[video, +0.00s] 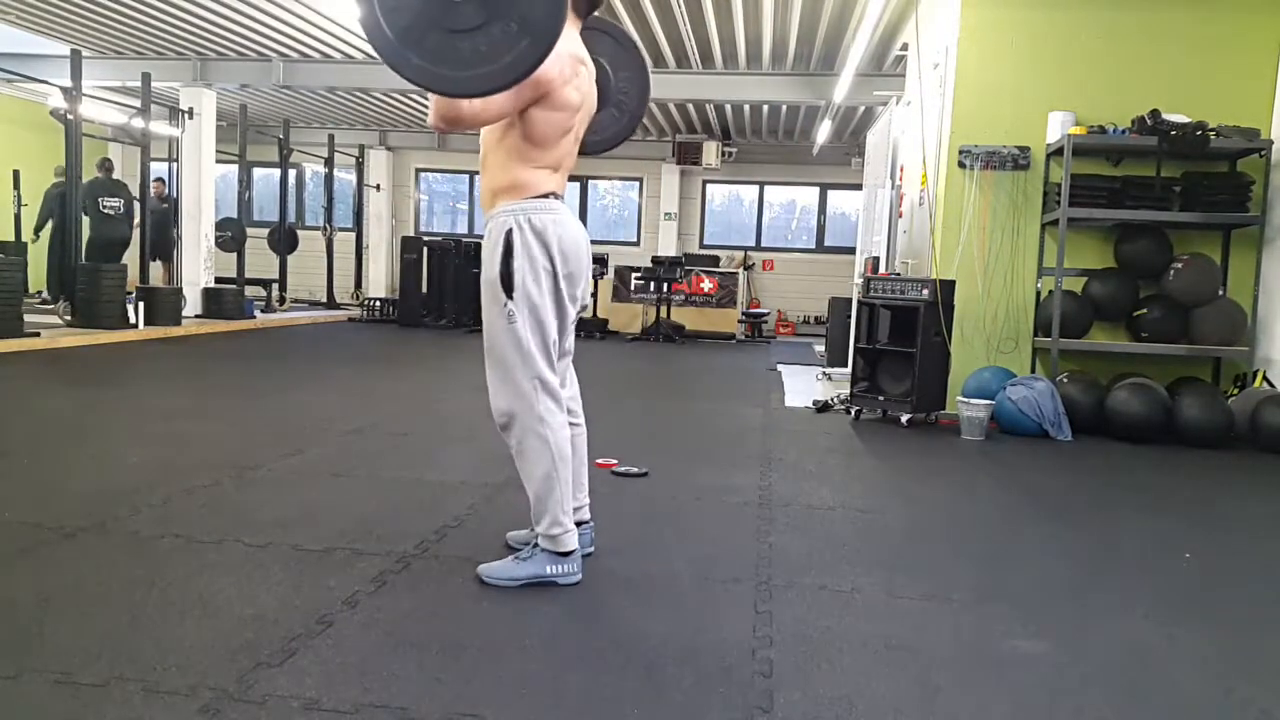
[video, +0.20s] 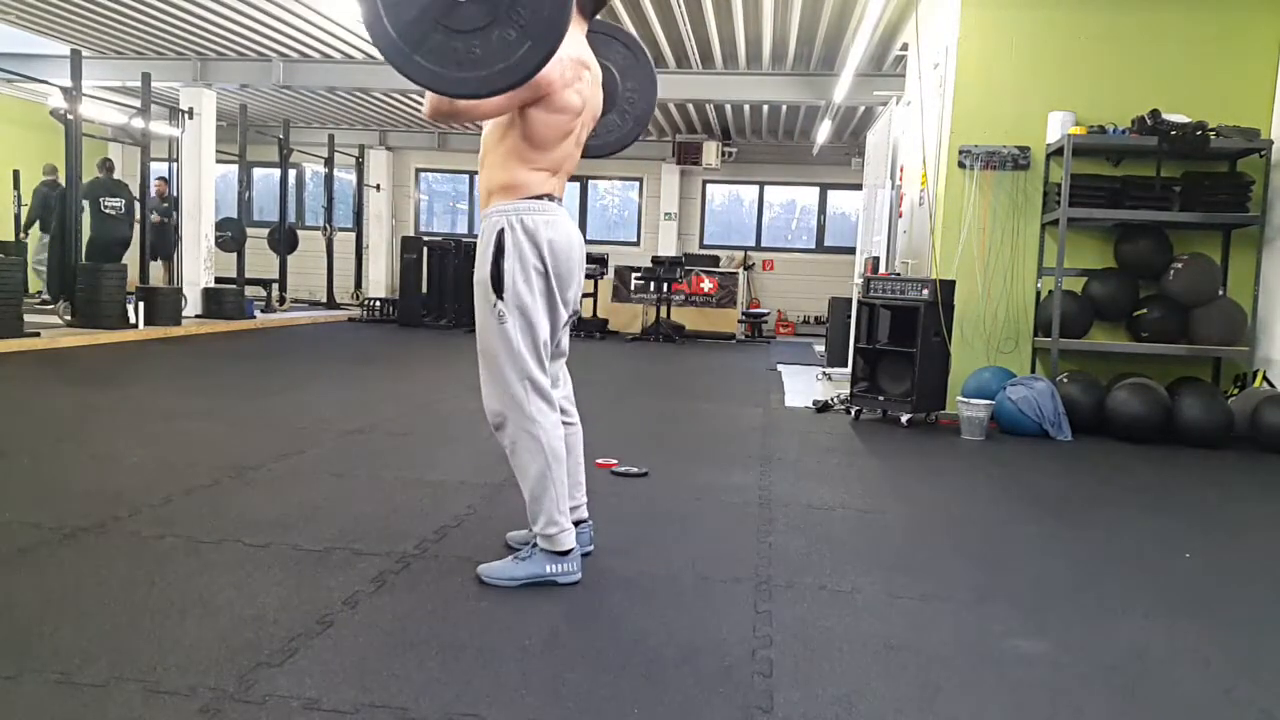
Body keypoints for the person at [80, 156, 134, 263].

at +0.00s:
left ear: (98, 169)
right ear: (112, 170)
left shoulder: (89, 186)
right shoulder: (123, 186)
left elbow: (84, 209)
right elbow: (130, 213)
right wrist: (129, 232)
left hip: (100, 234)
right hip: (122, 235)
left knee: (91, 270)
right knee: (111, 270)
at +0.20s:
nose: (98, 171)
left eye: (98, 169)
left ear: (99, 170)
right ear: (113, 170)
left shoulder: (94, 184)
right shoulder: (124, 187)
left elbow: (78, 192)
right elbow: (131, 213)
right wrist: (129, 233)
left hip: (101, 235)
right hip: (123, 235)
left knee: (91, 270)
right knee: (112, 269)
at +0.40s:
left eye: (100, 169)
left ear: (99, 169)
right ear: (114, 168)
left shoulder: (96, 184)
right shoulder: (124, 186)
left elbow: (78, 191)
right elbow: (132, 213)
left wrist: (95, 178)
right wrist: (130, 232)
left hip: (101, 234)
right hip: (123, 235)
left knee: (91, 269)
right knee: (112, 269)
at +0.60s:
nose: (96, 172)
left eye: (97, 168)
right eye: (97, 168)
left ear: (101, 169)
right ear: (113, 169)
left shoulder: (98, 184)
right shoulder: (126, 186)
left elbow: (78, 190)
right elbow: (130, 214)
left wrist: (93, 176)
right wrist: (126, 231)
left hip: (101, 235)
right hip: (122, 236)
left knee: (87, 267)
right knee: (111, 270)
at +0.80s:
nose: (93, 171)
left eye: (95, 168)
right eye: (94, 168)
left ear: (104, 169)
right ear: (108, 168)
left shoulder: (97, 186)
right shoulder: (123, 185)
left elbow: (82, 191)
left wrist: (89, 177)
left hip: (102, 233)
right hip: (120, 233)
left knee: (88, 267)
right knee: (110, 268)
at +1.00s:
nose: (90, 170)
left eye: (92, 167)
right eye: (90, 167)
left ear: (102, 167)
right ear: (103, 167)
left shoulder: (94, 187)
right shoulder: (115, 183)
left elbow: (79, 191)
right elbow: (124, 189)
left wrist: (86, 177)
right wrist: (111, 173)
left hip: (99, 233)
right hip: (114, 232)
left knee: (90, 268)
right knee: (108, 268)